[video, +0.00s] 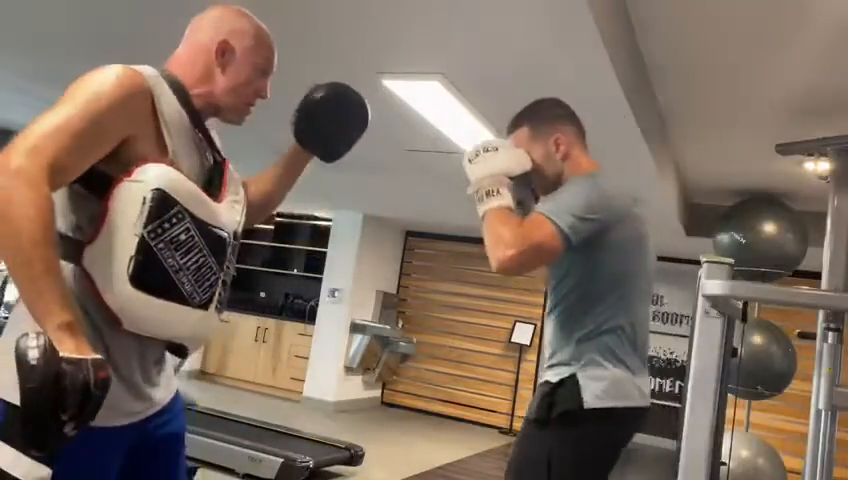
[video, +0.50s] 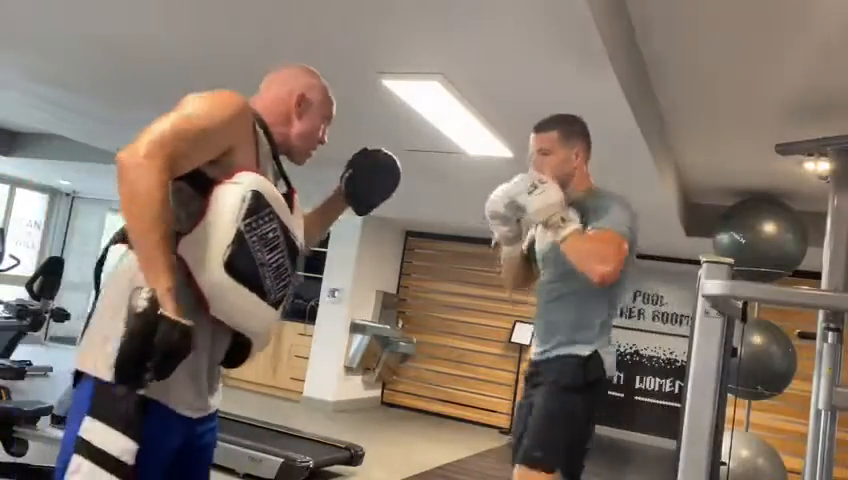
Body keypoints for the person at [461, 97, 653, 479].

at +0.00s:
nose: (522, 170)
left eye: (524, 155)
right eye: (517, 159)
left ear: (560, 145)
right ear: (562, 144)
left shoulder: (590, 193)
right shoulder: (610, 196)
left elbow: (507, 252)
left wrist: (488, 185)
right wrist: (521, 192)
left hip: (586, 395)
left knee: (528, 472)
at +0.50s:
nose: (534, 166)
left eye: (544, 154)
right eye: (532, 155)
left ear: (578, 157)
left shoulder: (611, 208)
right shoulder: (550, 213)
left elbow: (603, 267)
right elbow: (516, 280)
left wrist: (556, 218)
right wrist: (509, 233)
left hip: (576, 365)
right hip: (544, 362)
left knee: (532, 471)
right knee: (530, 469)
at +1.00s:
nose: (550, 155)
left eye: (561, 145)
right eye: (548, 146)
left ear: (592, 152)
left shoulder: (618, 206)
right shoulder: (555, 208)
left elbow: (617, 270)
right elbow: (523, 277)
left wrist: (566, 221)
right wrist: (519, 235)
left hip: (584, 358)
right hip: (545, 354)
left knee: (557, 470)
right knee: (536, 465)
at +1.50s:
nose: (535, 175)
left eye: (545, 164)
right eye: (533, 166)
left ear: (574, 168)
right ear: (529, 170)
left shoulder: (603, 217)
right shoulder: (538, 225)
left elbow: (599, 265)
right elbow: (506, 284)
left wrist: (555, 219)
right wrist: (503, 229)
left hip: (568, 373)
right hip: (526, 367)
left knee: (549, 472)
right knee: (512, 467)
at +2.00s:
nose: (503, 188)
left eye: (512, 177)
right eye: (499, 179)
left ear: (539, 177)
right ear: (495, 180)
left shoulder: (572, 228)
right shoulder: (505, 236)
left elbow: (564, 285)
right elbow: (469, 293)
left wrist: (522, 230)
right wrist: (467, 240)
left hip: (539, 376)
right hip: (500, 372)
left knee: (492, 471)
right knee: (489, 470)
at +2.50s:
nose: (475, 199)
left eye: (485, 188)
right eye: (471, 190)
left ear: (513, 188)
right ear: (468, 189)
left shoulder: (546, 233)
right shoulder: (486, 238)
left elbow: (542, 295)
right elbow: (457, 298)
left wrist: (494, 249)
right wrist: (450, 247)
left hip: (518, 377)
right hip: (482, 373)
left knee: (463, 472)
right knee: (490, 472)